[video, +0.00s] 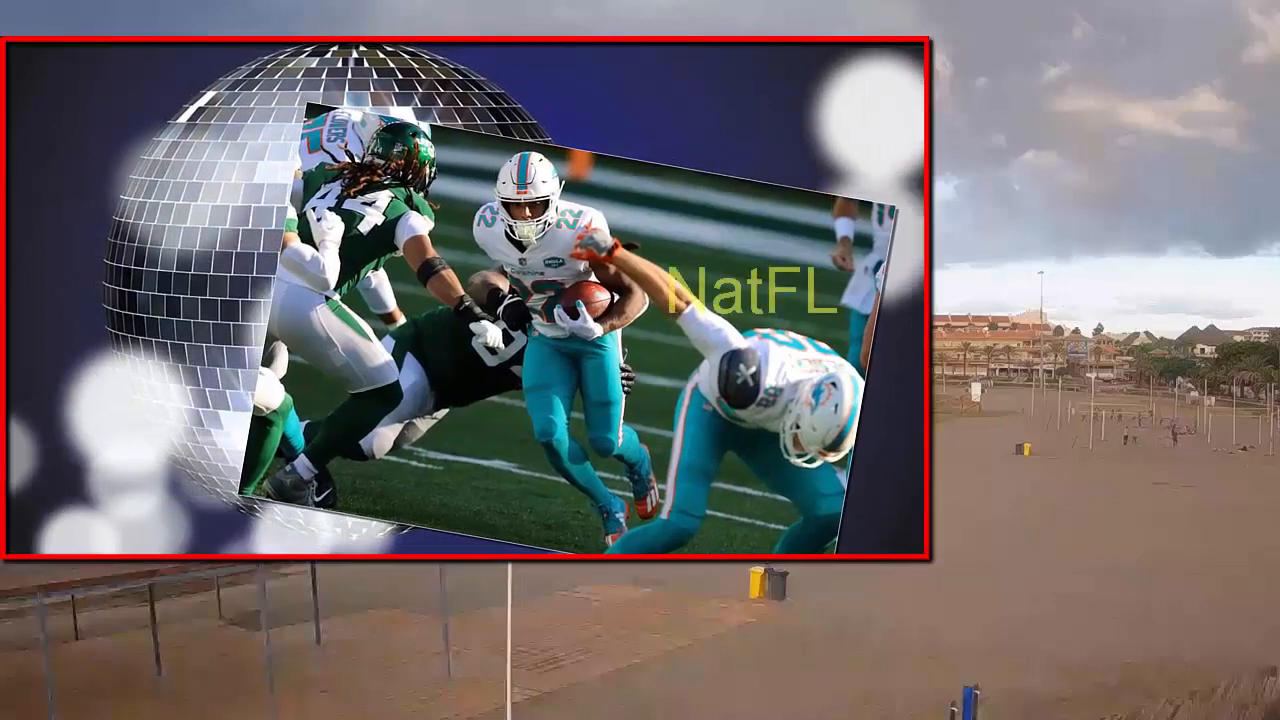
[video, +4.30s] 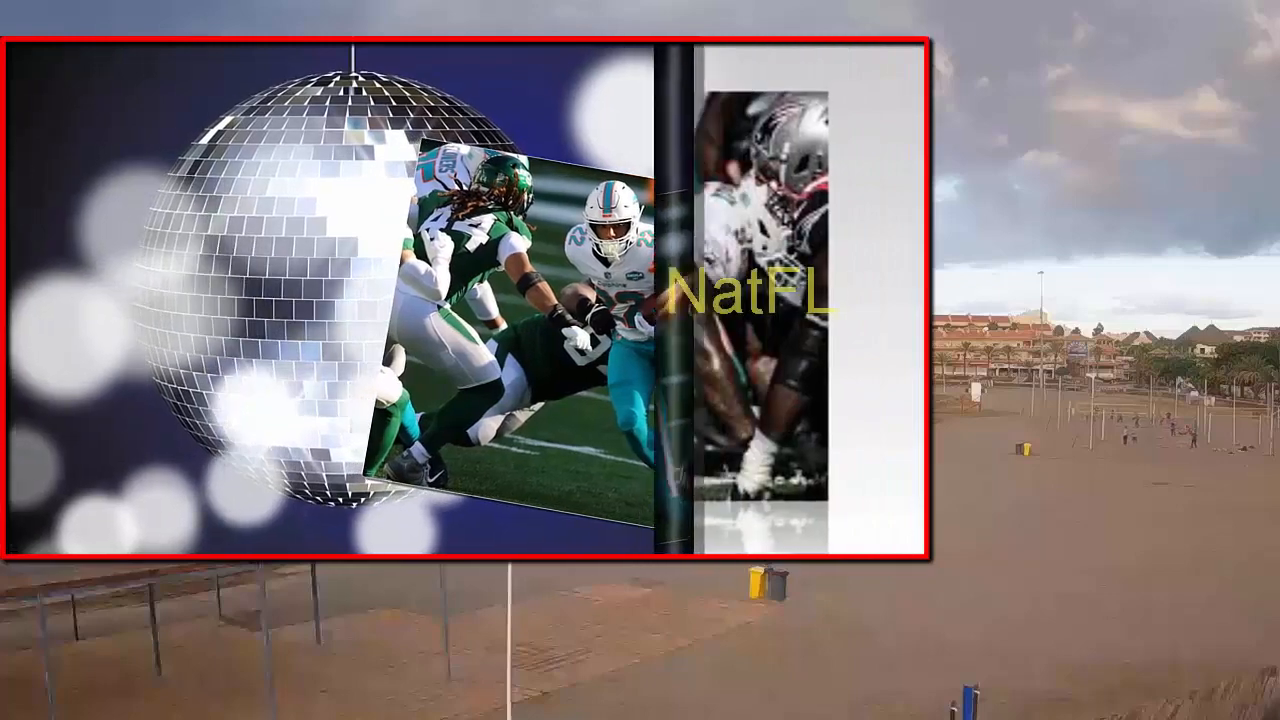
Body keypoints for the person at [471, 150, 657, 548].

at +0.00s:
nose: (524, 215)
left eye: (534, 205)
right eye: (514, 206)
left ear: (552, 199)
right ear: (502, 201)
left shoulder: (585, 228)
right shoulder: (487, 226)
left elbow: (638, 294)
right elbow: (515, 271)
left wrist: (602, 327)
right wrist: (515, 302)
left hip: (597, 340)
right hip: (544, 339)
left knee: (604, 441)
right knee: (549, 435)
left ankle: (640, 469)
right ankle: (610, 508)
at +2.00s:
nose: (564, 224)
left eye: (572, 215)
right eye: (555, 216)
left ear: (590, 209)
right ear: (543, 211)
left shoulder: (621, 237)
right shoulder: (529, 234)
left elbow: (668, 299)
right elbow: (555, 276)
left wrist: (636, 330)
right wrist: (559, 306)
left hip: (632, 341)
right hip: (583, 340)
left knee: (639, 436)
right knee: (587, 430)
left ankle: (673, 462)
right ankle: (645, 499)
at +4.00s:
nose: (603, 233)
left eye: (611, 225)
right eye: (595, 226)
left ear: (627, 219)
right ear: (584, 222)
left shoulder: (657, 243)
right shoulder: (571, 243)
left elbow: (701, 304)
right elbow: (592, 282)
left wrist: (669, 332)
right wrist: (592, 310)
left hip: (667, 343)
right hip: (621, 342)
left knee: (673, 431)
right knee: (625, 425)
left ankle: (704, 454)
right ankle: (678, 490)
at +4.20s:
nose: (607, 234)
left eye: (616, 226)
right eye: (599, 227)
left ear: (631, 220)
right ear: (587, 222)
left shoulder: (660, 244)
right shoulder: (575, 244)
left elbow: (697, 296)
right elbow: (598, 285)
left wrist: (675, 330)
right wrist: (594, 315)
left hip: (670, 342)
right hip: (624, 341)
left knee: (678, 433)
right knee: (629, 424)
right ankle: (681, 489)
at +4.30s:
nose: (610, 235)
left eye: (618, 227)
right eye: (602, 228)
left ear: (633, 221)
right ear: (590, 223)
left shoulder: (655, 245)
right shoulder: (577, 244)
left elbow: (682, 281)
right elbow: (599, 280)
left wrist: (651, 309)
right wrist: (595, 308)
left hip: (668, 341)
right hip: (627, 342)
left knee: (674, 426)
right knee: (630, 421)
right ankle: (675, 477)